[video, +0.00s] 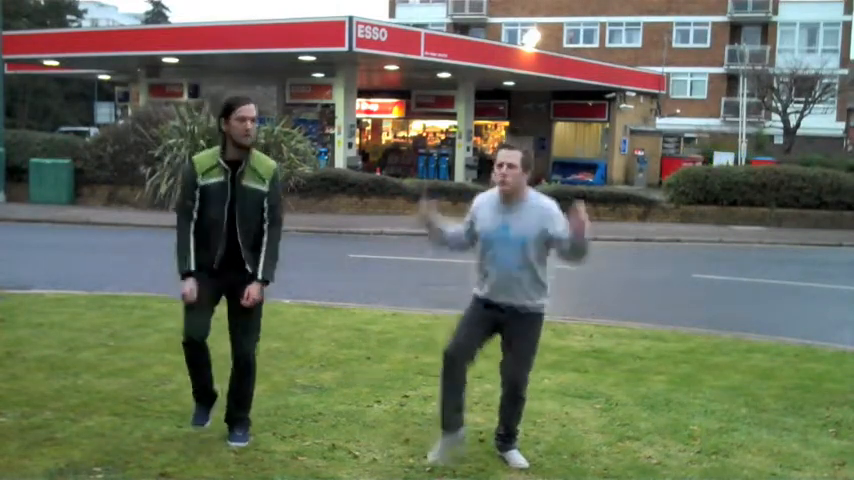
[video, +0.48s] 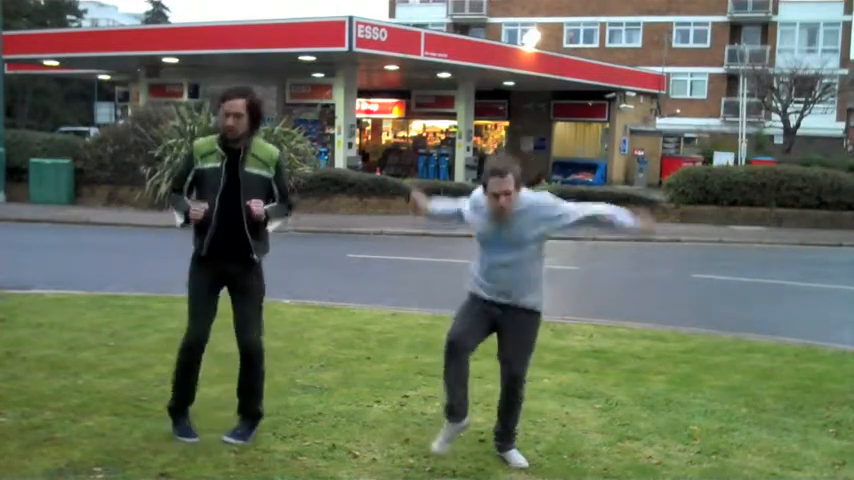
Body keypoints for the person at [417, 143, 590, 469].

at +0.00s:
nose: (502, 172)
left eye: (510, 167)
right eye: (498, 166)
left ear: (526, 173)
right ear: (493, 171)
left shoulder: (547, 210)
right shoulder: (483, 203)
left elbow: (571, 254)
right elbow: (466, 237)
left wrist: (579, 236)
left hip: (527, 310)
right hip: (486, 302)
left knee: (515, 381)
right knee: (454, 355)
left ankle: (507, 445)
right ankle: (452, 434)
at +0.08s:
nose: (503, 166)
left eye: (512, 161)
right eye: (499, 159)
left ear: (527, 167)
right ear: (494, 162)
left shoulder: (547, 200)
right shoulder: (482, 192)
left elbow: (577, 238)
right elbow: (452, 222)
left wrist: (573, 203)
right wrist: (435, 197)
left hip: (525, 299)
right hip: (485, 290)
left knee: (517, 375)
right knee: (449, 330)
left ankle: (507, 442)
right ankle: (450, 408)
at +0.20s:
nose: (509, 172)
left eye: (515, 164)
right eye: (502, 164)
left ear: (529, 163)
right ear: (495, 162)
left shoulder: (546, 193)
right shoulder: (484, 188)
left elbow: (569, 232)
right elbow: (448, 204)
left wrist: (563, 219)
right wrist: (410, 200)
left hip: (524, 296)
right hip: (486, 284)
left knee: (515, 375)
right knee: (449, 322)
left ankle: (506, 443)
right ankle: (451, 402)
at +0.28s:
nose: (510, 174)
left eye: (517, 167)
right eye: (504, 167)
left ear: (530, 163)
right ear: (496, 163)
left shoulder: (547, 194)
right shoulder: (484, 187)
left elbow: (561, 240)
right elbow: (442, 211)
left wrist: (565, 232)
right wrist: (409, 201)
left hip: (524, 298)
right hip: (485, 287)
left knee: (515, 376)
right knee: (455, 344)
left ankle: (506, 443)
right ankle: (454, 428)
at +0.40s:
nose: (507, 190)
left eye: (513, 182)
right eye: (500, 183)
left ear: (523, 176)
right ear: (491, 179)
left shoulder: (543, 198)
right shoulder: (482, 193)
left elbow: (577, 215)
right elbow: (461, 204)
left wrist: (608, 211)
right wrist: (433, 192)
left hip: (522, 303)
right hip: (481, 298)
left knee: (515, 377)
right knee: (461, 364)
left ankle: (506, 444)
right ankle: (458, 438)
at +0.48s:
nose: (501, 201)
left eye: (507, 194)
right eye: (495, 195)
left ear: (518, 188)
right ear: (485, 190)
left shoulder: (539, 206)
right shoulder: (478, 203)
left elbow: (583, 212)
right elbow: (457, 208)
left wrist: (625, 217)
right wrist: (428, 206)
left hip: (522, 307)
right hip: (482, 300)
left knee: (514, 376)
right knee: (456, 343)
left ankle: (505, 444)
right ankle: (456, 419)